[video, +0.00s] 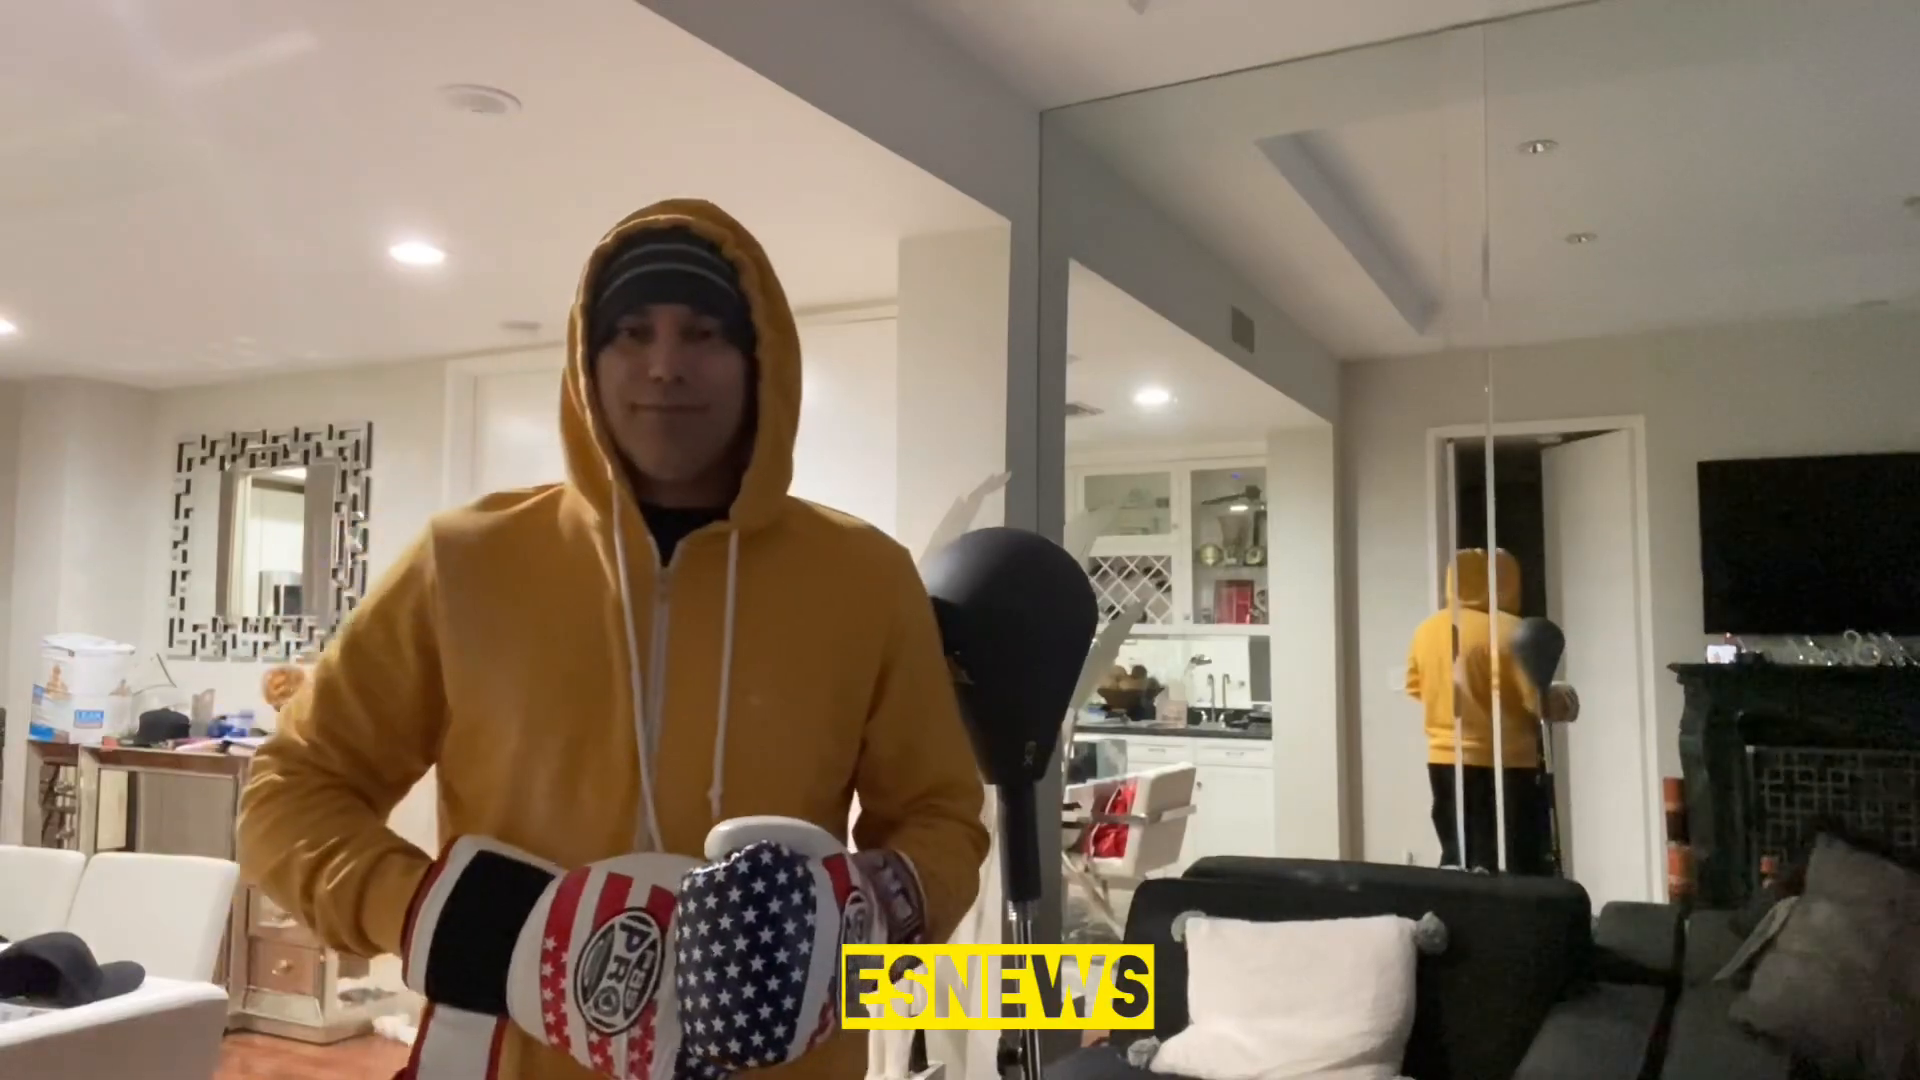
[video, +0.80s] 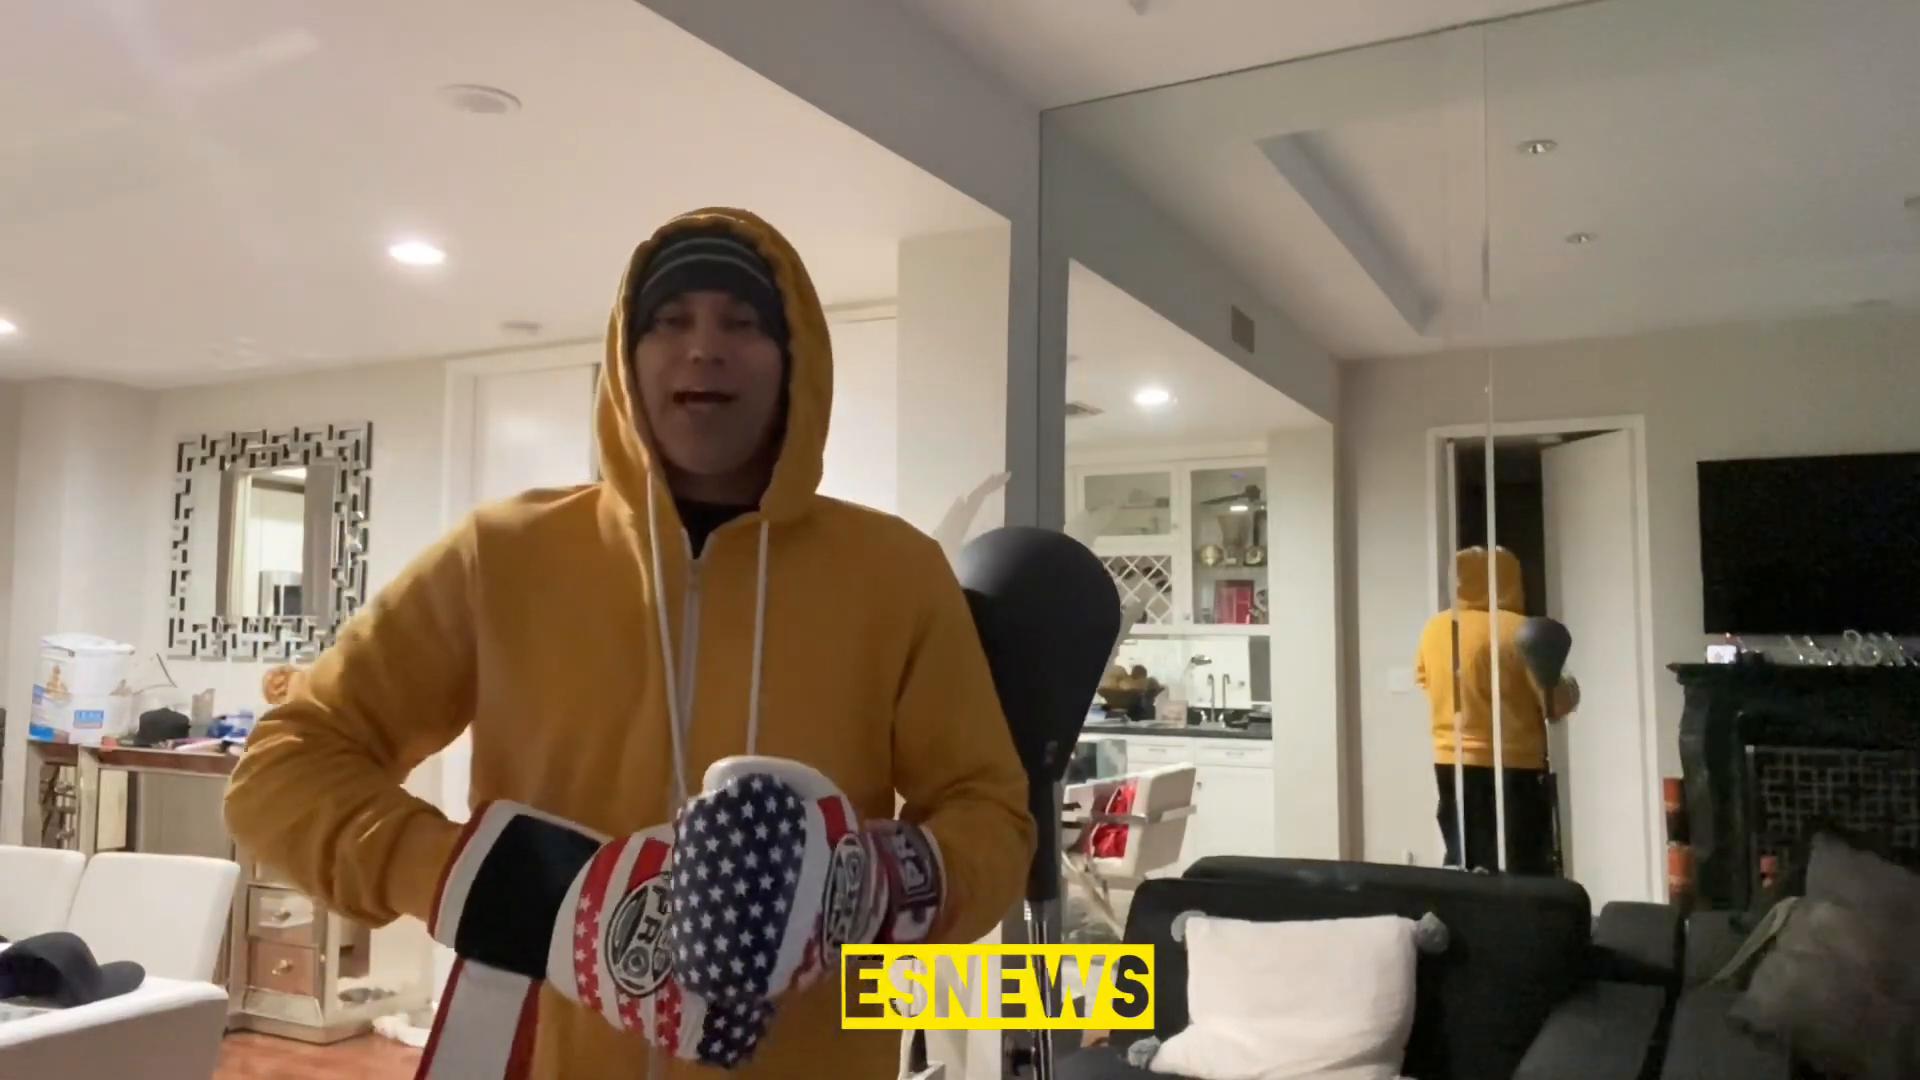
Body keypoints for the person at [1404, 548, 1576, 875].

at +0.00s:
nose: (1517, 589)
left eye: (1515, 581)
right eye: (1512, 581)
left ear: (1454, 582)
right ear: (1500, 584)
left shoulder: (1428, 630)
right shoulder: (1509, 631)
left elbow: (1414, 687)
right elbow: (1536, 700)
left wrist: (1455, 699)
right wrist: (1564, 701)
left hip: (1447, 766)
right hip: (1508, 768)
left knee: (1459, 857)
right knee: (1521, 862)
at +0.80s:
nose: (1519, 588)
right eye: (1515, 581)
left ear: (1462, 582)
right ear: (1509, 583)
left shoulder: (1437, 628)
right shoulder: (1521, 630)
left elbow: (1425, 680)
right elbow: (1554, 704)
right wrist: (1570, 689)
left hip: (1456, 769)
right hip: (1518, 770)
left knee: (1466, 862)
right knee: (1526, 867)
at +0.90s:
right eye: (1513, 580)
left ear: (1458, 582)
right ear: (1508, 582)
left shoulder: (1436, 629)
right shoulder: (1524, 630)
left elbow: (1426, 680)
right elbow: (1555, 706)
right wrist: (1570, 684)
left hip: (1458, 771)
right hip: (1520, 771)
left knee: (1466, 865)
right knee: (1526, 870)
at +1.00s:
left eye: (1453, 581)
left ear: (1456, 584)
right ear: (1507, 583)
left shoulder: (1436, 631)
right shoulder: (1524, 630)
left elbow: (1430, 683)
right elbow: (1557, 705)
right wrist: (1568, 676)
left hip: (1460, 771)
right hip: (1521, 771)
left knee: (1467, 864)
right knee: (1527, 869)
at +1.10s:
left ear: (1455, 585)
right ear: (1507, 583)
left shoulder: (1435, 633)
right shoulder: (1526, 632)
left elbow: (1437, 689)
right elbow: (1563, 702)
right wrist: (1561, 662)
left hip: (1461, 772)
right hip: (1522, 772)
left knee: (1469, 870)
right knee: (1529, 871)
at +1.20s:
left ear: (1455, 586)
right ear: (1507, 583)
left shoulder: (1435, 634)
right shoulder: (1526, 633)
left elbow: (1439, 692)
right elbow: (1569, 700)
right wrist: (1555, 659)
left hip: (1462, 771)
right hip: (1523, 771)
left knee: (1471, 871)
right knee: (1529, 871)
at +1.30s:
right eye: (1514, 582)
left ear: (1458, 587)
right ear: (1508, 585)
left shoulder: (1435, 635)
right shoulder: (1526, 633)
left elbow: (1438, 693)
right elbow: (1572, 699)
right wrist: (1553, 659)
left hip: (1462, 772)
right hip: (1523, 772)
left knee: (1474, 870)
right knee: (1530, 871)